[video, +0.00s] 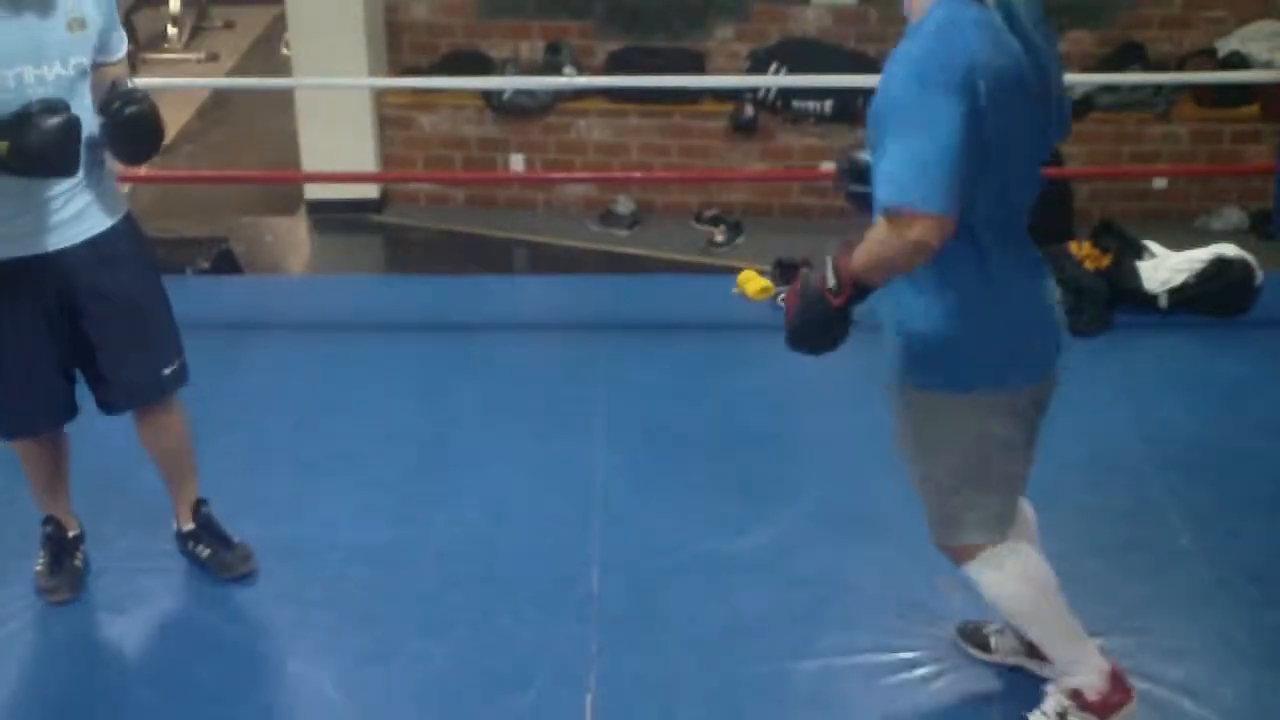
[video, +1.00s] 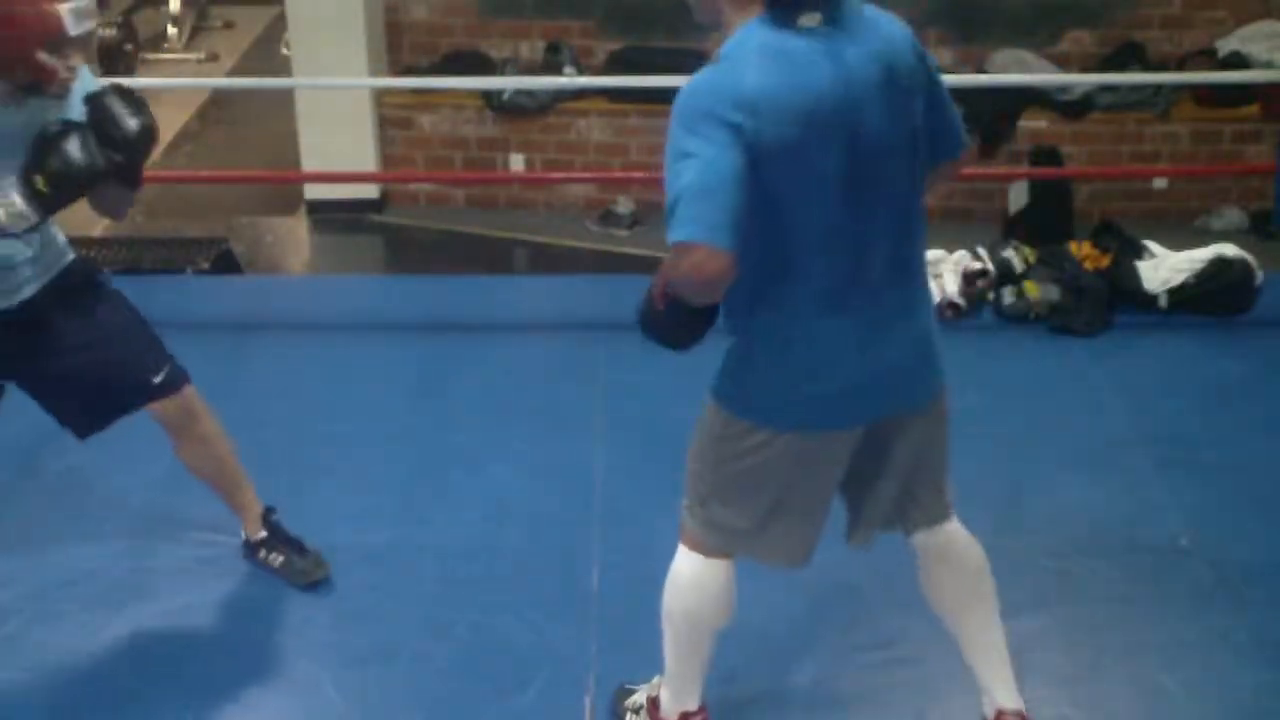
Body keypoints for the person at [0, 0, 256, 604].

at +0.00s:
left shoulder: (91, 7)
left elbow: (110, 83)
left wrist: (129, 123)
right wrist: (4, 146)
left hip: (96, 227)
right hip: (9, 248)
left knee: (154, 385)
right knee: (29, 412)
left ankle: (192, 521)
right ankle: (59, 533)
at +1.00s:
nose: (60, 65)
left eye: (62, 46)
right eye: (44, 54)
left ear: (67, 36)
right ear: (9, 60)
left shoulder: (73, 83)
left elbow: (111, 208)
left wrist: (121, 166)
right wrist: (34, 197)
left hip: (39, 270)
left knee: (170, 391)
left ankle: (258, 528)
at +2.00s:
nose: (199, 9)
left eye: (205, 6)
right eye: (184, 5)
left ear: (211, 5)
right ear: (144, 1)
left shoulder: (227, 30)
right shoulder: (76, 35)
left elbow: (278, 160)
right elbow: (100, 177)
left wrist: (275, 87)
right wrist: (168, 107)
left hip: (198, 243)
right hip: (79, 250)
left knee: (297, 379)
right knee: (12, 394)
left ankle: (342, 527)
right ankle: (0, 496)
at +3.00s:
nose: (262, 0)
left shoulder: (342, 7)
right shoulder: (190, 9)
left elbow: (375, 133)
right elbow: (197, 136)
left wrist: (371, 94)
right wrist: (264, 78)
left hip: (317, 214)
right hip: (205, 217)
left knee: (390, 362)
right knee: (163, 353)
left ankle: (431, 520)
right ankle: (191, 433)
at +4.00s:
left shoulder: (523, 0)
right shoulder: (381, 3)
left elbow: (588, 68)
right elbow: (357, 86)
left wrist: (547, 18)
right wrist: (386, 46)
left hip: (513, 164)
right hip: (426, 165)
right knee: (399, 294)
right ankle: (413, 372)